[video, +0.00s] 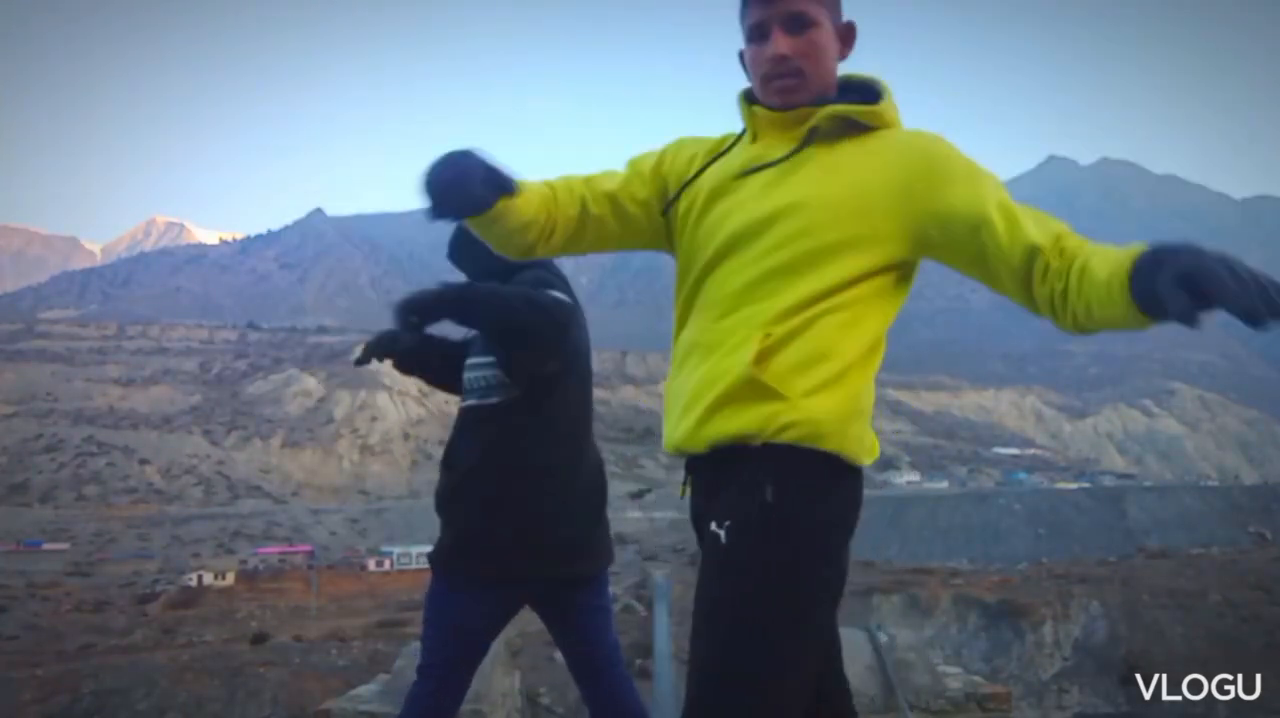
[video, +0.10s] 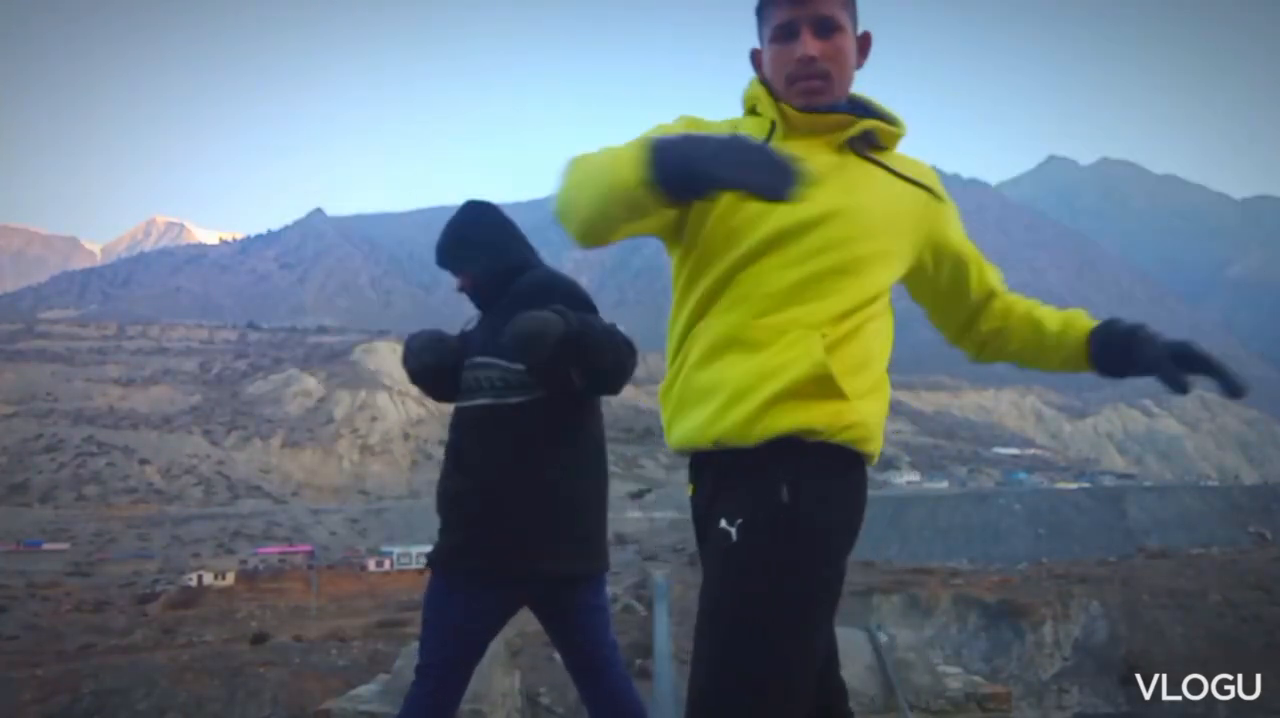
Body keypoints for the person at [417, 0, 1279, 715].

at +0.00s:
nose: (778, 46)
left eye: (799, 27)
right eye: (761, 31)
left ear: (842, 39)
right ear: (741, 48)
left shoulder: (903, 161)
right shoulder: (698, 167)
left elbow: (1045, 263)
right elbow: (581, 212)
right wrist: (493, 203)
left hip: (801, 456)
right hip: (712, 458)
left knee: (728, 692)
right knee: (804, 691)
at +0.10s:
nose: (807, 50)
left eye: (824, 31)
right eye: (785, 34)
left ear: (857, 46)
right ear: (759, 54)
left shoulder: (908, 187)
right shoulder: (703, 149)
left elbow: (983, 314)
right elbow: (578, 211)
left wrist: (1113, 345)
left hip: (829, 441)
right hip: (720, 438)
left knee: (735, 681)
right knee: (800, 681)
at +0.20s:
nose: (816, 50)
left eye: (834, 30)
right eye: (794, 35)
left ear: (865, 50)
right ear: (766, 60)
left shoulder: (887, 181)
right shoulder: (718, 128)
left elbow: (913, 321)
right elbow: (708, 199)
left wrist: (1030, 364)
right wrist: (905, 196)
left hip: (839, 455)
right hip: (743, 454)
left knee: (752, 687)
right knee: (796, 684)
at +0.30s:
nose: (815, 50)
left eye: (832, 30)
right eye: (792, 36)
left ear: (863, 49)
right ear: (764, 60)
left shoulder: (889, 181)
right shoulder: (717, 126)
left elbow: (914, 324)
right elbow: (727, 208)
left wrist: (1033, 365)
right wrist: (925, 214)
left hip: (843, 454)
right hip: (745, 452)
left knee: (767, 681)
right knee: (791, 682)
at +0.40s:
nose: (802, 52)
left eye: (820, 32)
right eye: (781, 39)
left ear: (856, 47)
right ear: (757, 61)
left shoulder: (905, 185)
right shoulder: (712, 144)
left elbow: (976, 320)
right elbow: (624, 233)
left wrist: (1108, 350)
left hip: (838, 449)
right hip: (729, 446)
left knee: (764, 684)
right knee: (793, 683)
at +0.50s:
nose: (786, 52)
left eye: (806, 33)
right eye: (769, 38)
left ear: (849, 47)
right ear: (747, 59)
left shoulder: (911, 177)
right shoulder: (698, 168)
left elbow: (1048, 293)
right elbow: (570, 258)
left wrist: (1182, 307)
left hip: (825, 444)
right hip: (718, 445)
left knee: (751, 680)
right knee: (787, 683)